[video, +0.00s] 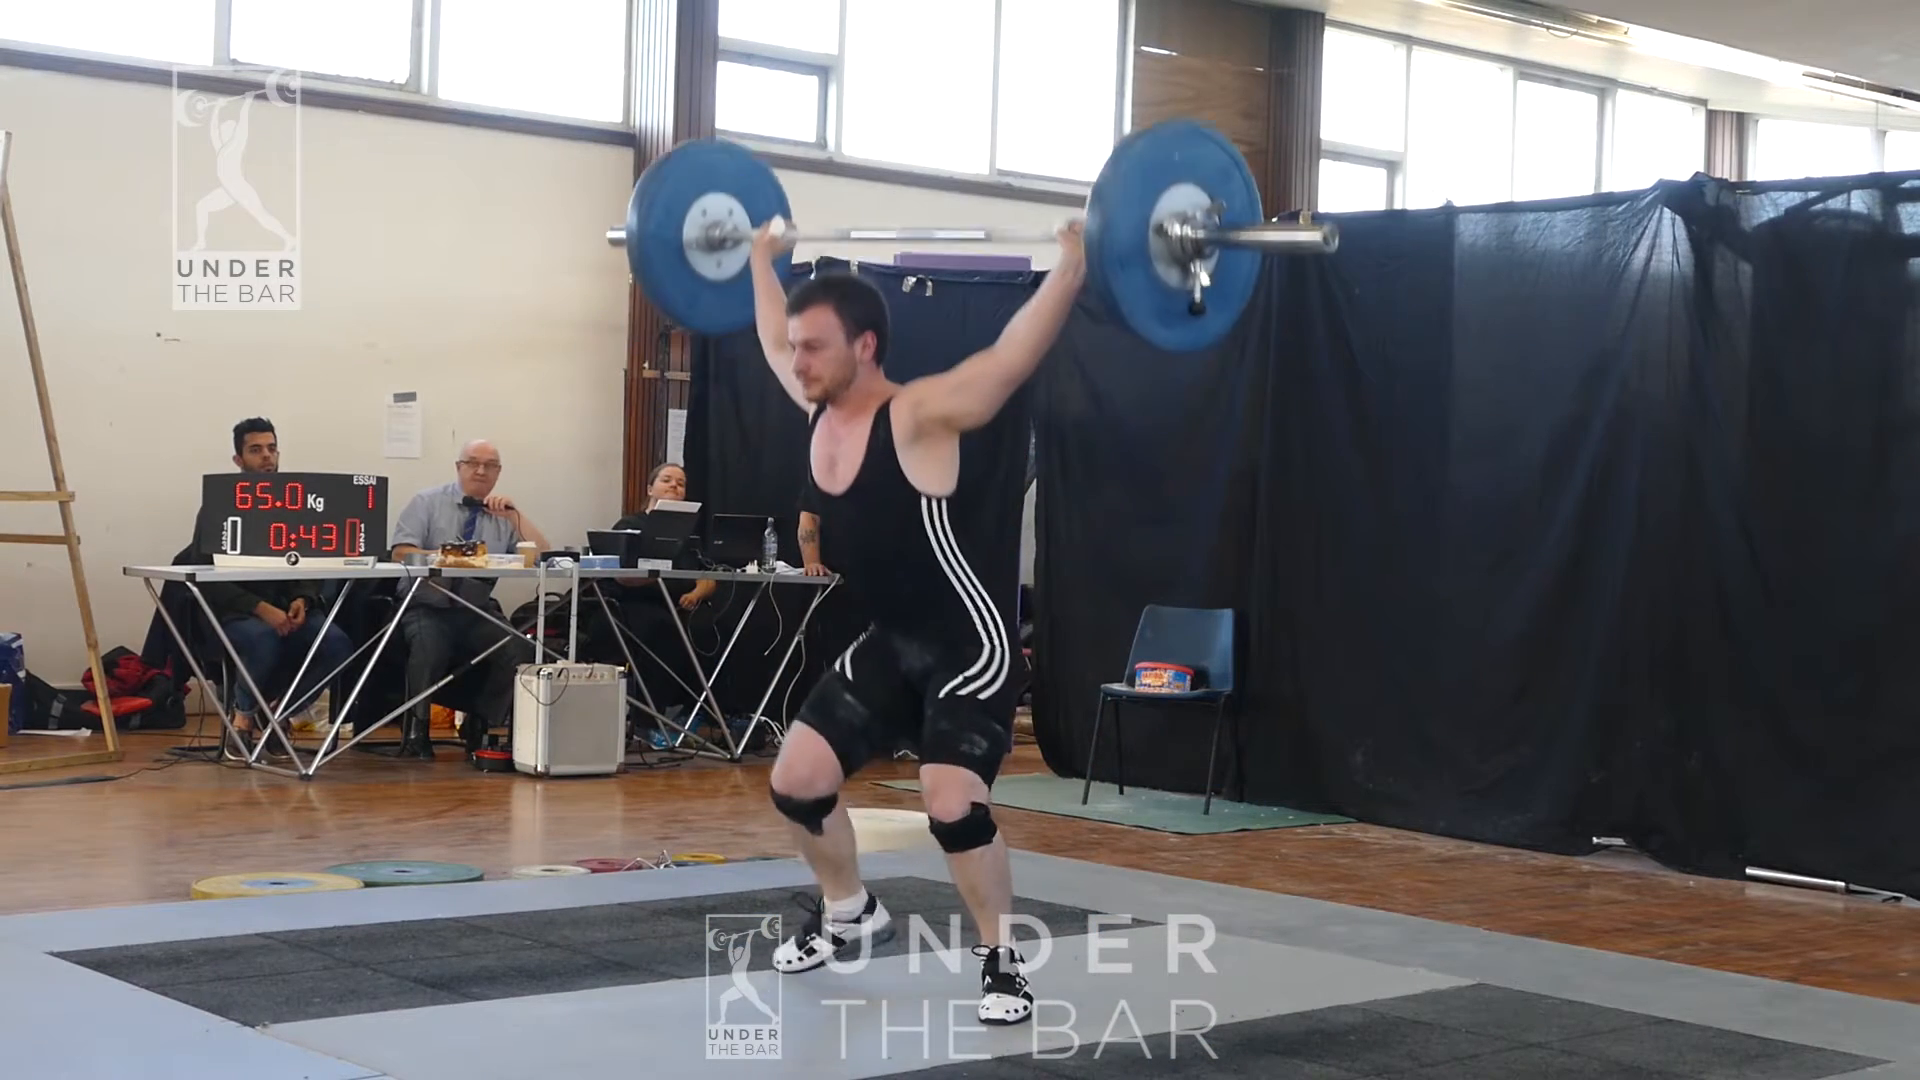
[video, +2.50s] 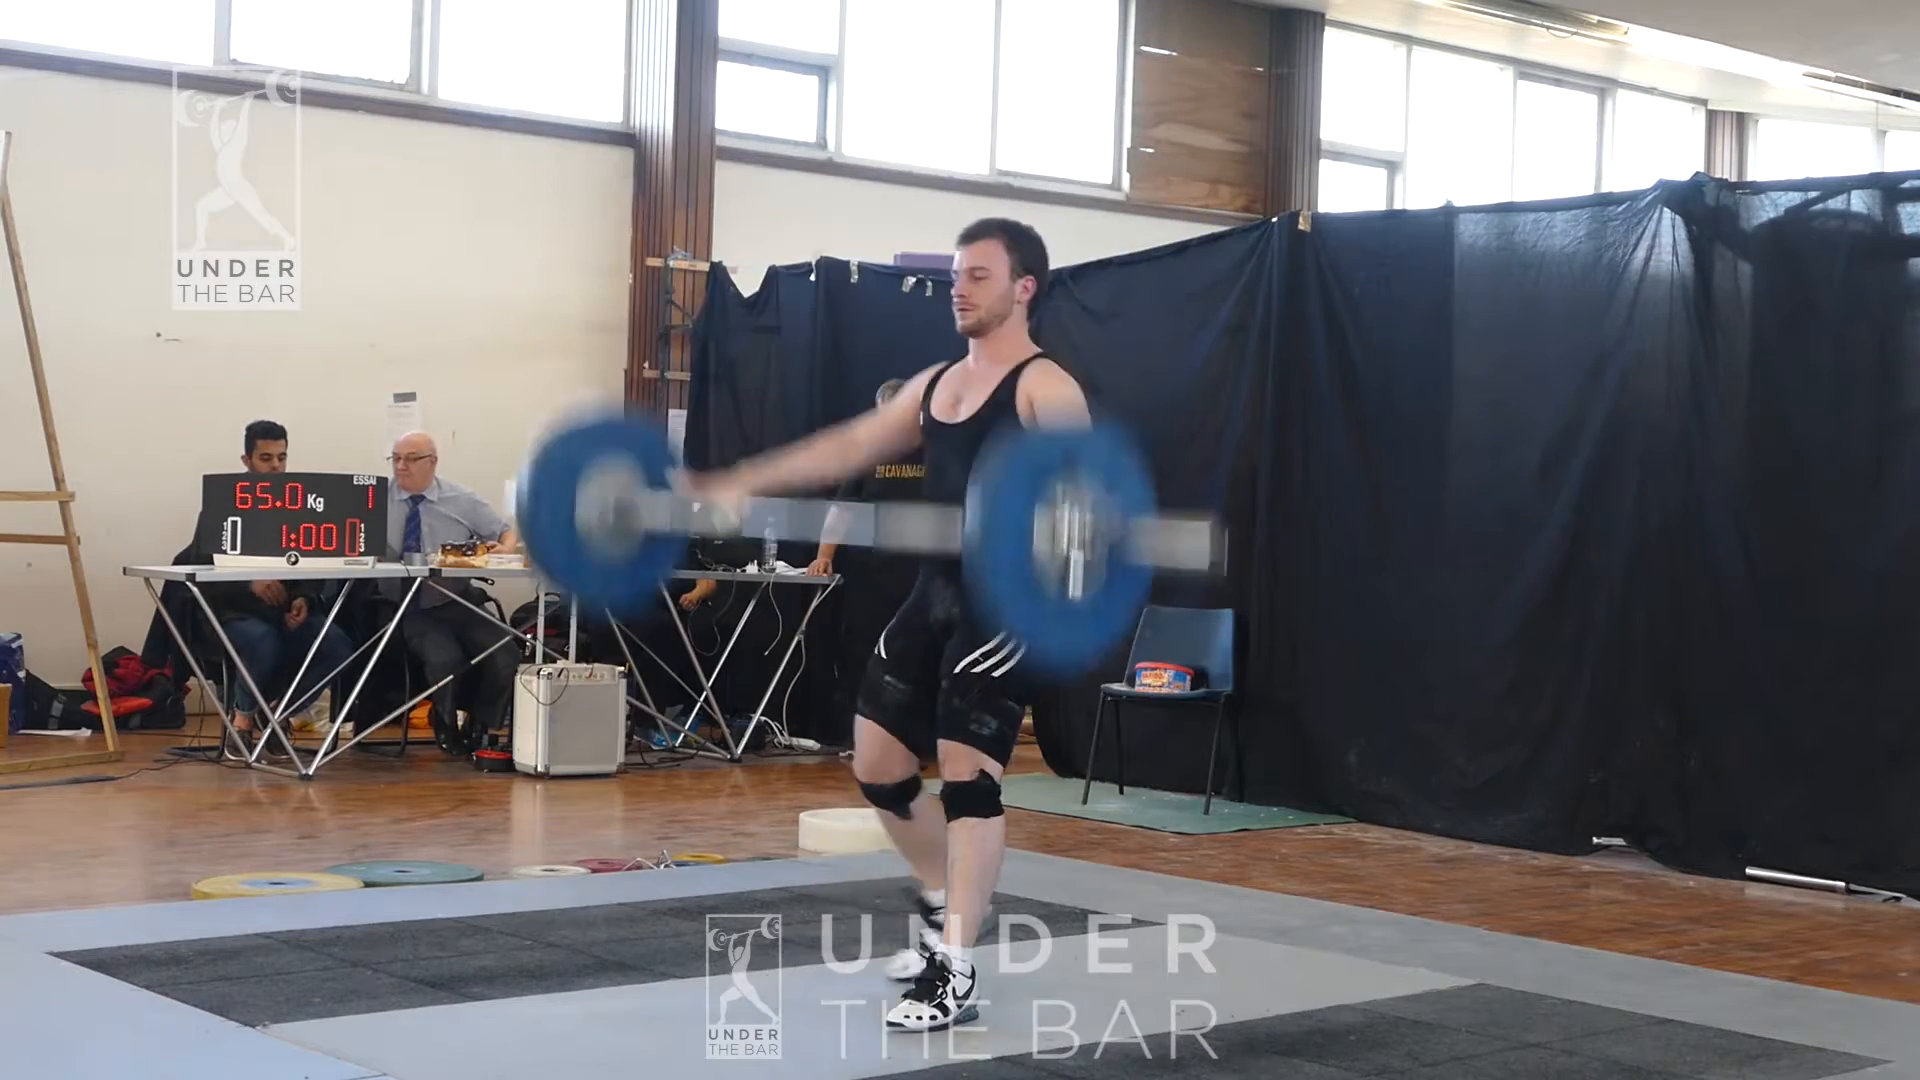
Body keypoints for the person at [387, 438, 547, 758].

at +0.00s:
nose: (481, 472)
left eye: (490, 466)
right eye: (473, 464)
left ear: (499, 473)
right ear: (459, 468)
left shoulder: (503, 516)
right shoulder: (427, 502)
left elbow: (544, 555)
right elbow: (401, 552)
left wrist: (516, 515)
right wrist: (444, 560)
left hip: (478, 609)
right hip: (428, 605)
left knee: (518, 651)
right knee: (429, 649)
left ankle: (477, 727)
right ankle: (417, 731)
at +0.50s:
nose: (455, 470)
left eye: (465, 464)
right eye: (449, 463)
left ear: (483, 470)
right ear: (442, 465)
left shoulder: (495, 516)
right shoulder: (418, 503)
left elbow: (540, 553)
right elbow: (397, 550)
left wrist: (513, 519)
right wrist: (436, 559)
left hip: (476, 607)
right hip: (426, 604)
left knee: (516, 650)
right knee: (430, 646)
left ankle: (478, 727)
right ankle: (417, 732)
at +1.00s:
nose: (423, 469)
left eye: (433, 462)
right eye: (417, 462)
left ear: (453, 466)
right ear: (411, 464)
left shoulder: (479, 507)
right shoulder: (396, 504)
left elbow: (532, 547)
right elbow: (389, 545)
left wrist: (504, 545)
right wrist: (442, 548)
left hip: (469, 607)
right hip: (416, 607)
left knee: (513, 649)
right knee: (433, 642)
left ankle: (479, 724)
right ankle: (437, 724)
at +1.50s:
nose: (404, 469)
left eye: (414, 462)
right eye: (398, 461)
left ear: (435, 466)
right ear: (393, 463)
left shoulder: (464, 501)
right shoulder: (386, 498)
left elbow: (511, 534)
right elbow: (386, 548)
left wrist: (506, 545)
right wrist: (443, 555)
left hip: (465, 603)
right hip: (413, 606)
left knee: (506, 653)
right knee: (444, 660)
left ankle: (478, 726)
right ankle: (443, 720)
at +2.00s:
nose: (403, 468)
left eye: (413, 461)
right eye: (398, 460)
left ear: (435, 465)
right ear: (392, 461)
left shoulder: (462, 500)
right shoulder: (380, 500)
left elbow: (509, 533)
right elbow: (349, 535)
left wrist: (504, 546)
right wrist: (369, 554)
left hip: (459, 601)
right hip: (405, 605)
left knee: (504, 657)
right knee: (445, 659)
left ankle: (479, 727)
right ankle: (445, 723)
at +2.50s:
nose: (401, 466)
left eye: (411, 460)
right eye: (396, 459)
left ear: (432, 463)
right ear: (391, 461)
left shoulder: (460, 501)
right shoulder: (379, 501)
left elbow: (508, 532)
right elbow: (348, 535)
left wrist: (504, 547)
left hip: (459, 602)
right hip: (406, 607)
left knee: (505, 655)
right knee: (445, 658)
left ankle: (480, 726)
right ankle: (444, 720)